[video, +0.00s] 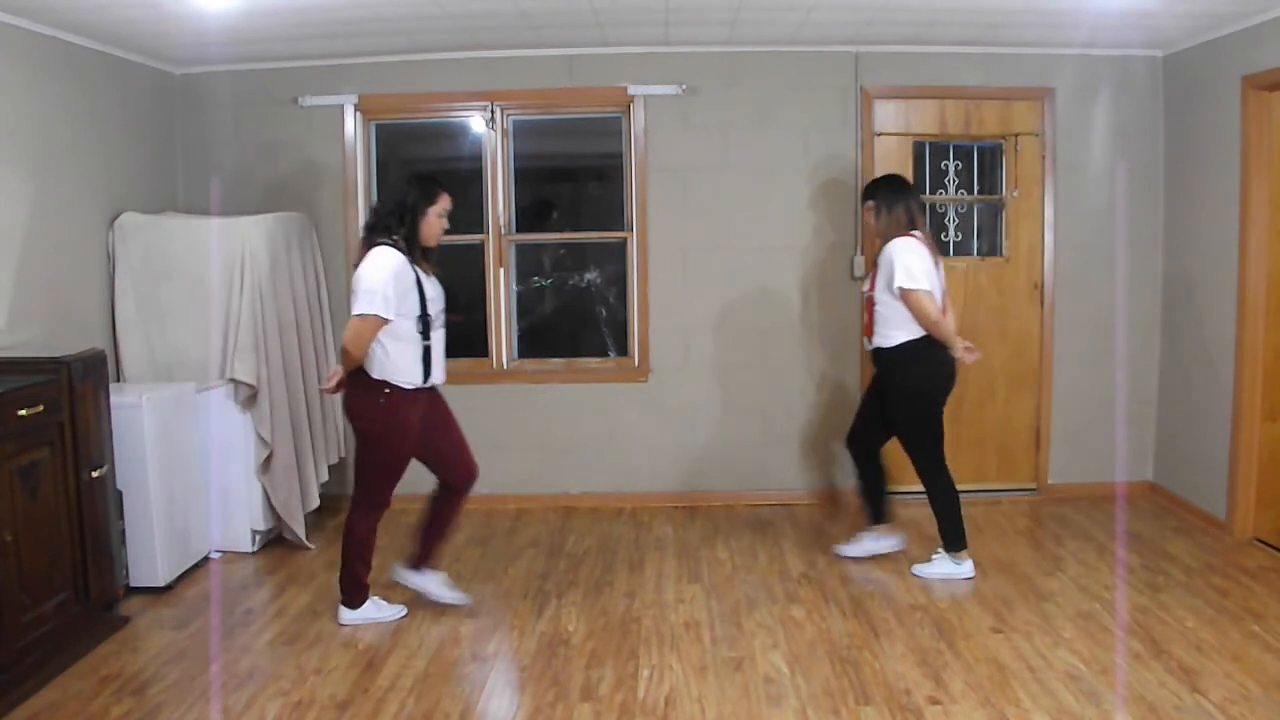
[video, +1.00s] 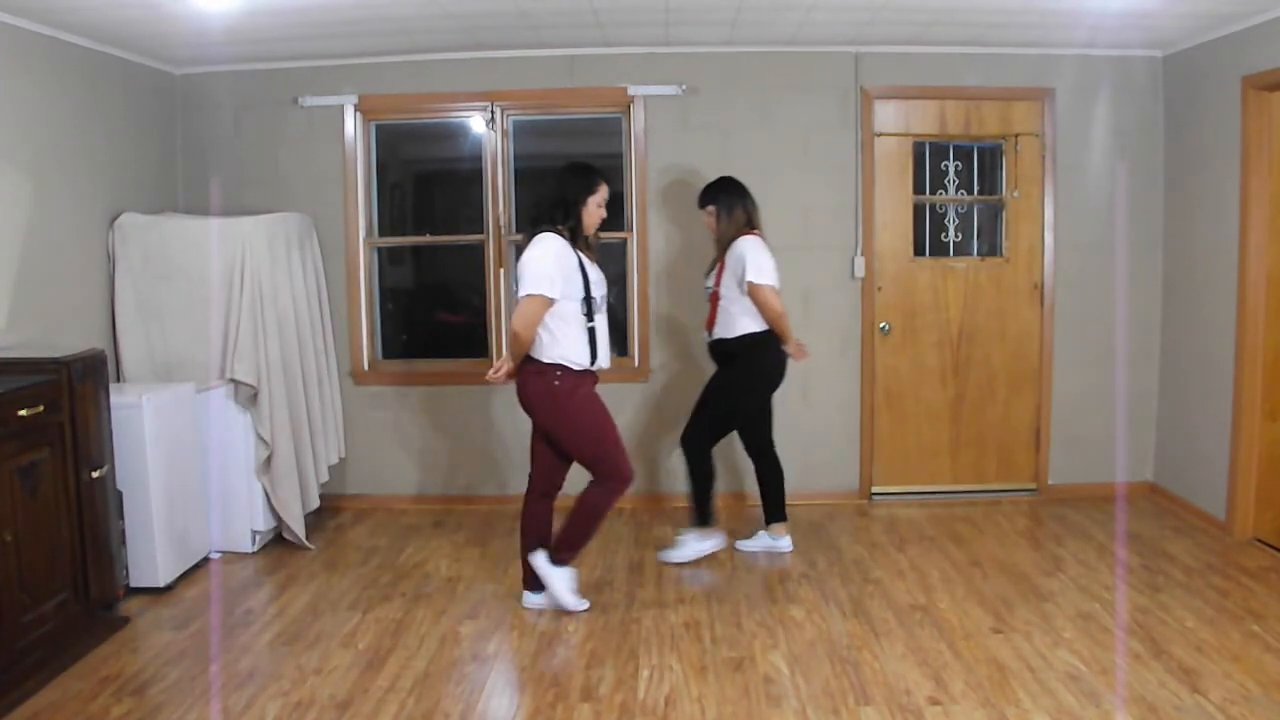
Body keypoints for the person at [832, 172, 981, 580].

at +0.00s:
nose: (866, 221)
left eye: (869, 213)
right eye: (866, 213)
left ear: (886, 212)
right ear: (904, 210)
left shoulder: (900, 248)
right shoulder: (921, 248)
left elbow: (918, 303)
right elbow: (943, 308)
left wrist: (952, 343)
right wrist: (954, 345)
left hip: (911, 365)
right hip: (909, 364)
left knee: (929, 462)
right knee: (862, 441)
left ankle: (956, 554)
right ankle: (880, 529)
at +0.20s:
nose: (829, 235)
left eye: (831, 226)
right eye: (828, 226)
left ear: (848, 224)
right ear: (868, 223)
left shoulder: (859, 262)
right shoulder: (887, 261)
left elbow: (881, 317)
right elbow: (911, 313)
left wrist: (914, 350)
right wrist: (912, 349)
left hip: (871, 371)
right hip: (881, 368)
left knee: (909, 466)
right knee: (833, 455)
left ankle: (955, 553)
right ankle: (788, 528)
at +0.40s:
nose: (786, 226)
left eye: (789, 218)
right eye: (785, 218)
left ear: (806, 216)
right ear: (821, 215)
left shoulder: (816, 251)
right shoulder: (826, 249)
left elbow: (834, 306)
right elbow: (856, 303)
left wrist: (862, 341)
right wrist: (863, 338)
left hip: (829, 362)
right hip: (817, 362)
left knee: (838, 462)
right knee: (804, 453)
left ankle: (917, 520)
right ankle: (780, 532)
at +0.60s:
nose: (757, 217)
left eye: (761, 209)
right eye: (756, 210)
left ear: (778, 207)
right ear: (788, 205)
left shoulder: (794, 242)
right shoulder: (783, 245)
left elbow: (811, 293)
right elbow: (806, 295)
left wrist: (836, 334)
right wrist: (835, 334)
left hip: (799, 352)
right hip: (792, 351)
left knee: (762, 445)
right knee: (787, 444)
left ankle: (830, 500)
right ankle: (779, 529)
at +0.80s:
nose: (731, 218)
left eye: (734, 209)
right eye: (730, 210)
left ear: (751, 208)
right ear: (761, 207)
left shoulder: (770, 243)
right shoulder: (762, 246)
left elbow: (791, 296)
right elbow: (786, 298)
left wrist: (812, 337)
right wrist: (812, 336)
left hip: (774, 353)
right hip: (771, 352)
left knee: (722, 437)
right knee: (777, 441)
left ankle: (778, 504)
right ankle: (776, 531)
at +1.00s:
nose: (707, 224)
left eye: (709, 215)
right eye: (705, 216)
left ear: (727, 212)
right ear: (733, 213)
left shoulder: (748, 247)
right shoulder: (734, 250)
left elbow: (764, 295)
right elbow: (756, 299)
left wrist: (787, 339)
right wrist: (783, 338)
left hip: (750, 357)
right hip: (743, 356)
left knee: (695, 439)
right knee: (760, 446)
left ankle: (705, 530)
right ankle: (777, 530)